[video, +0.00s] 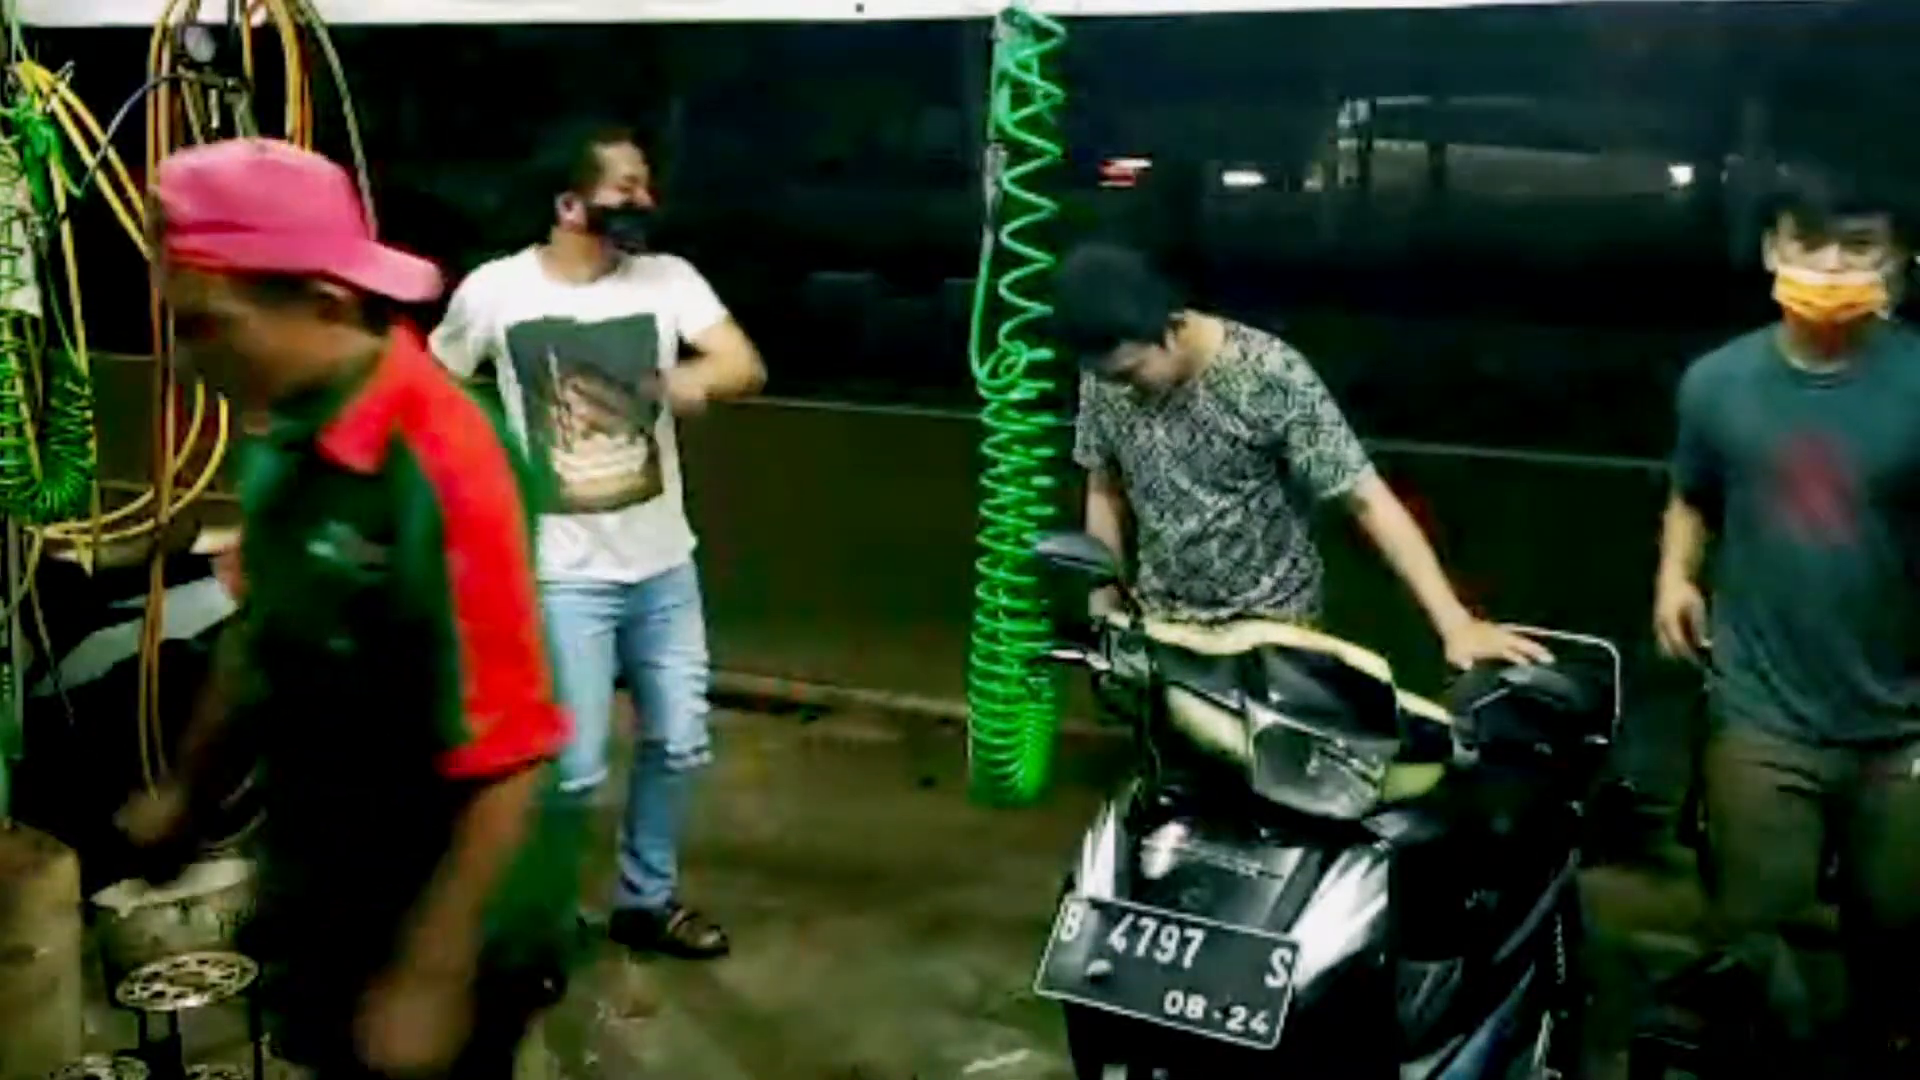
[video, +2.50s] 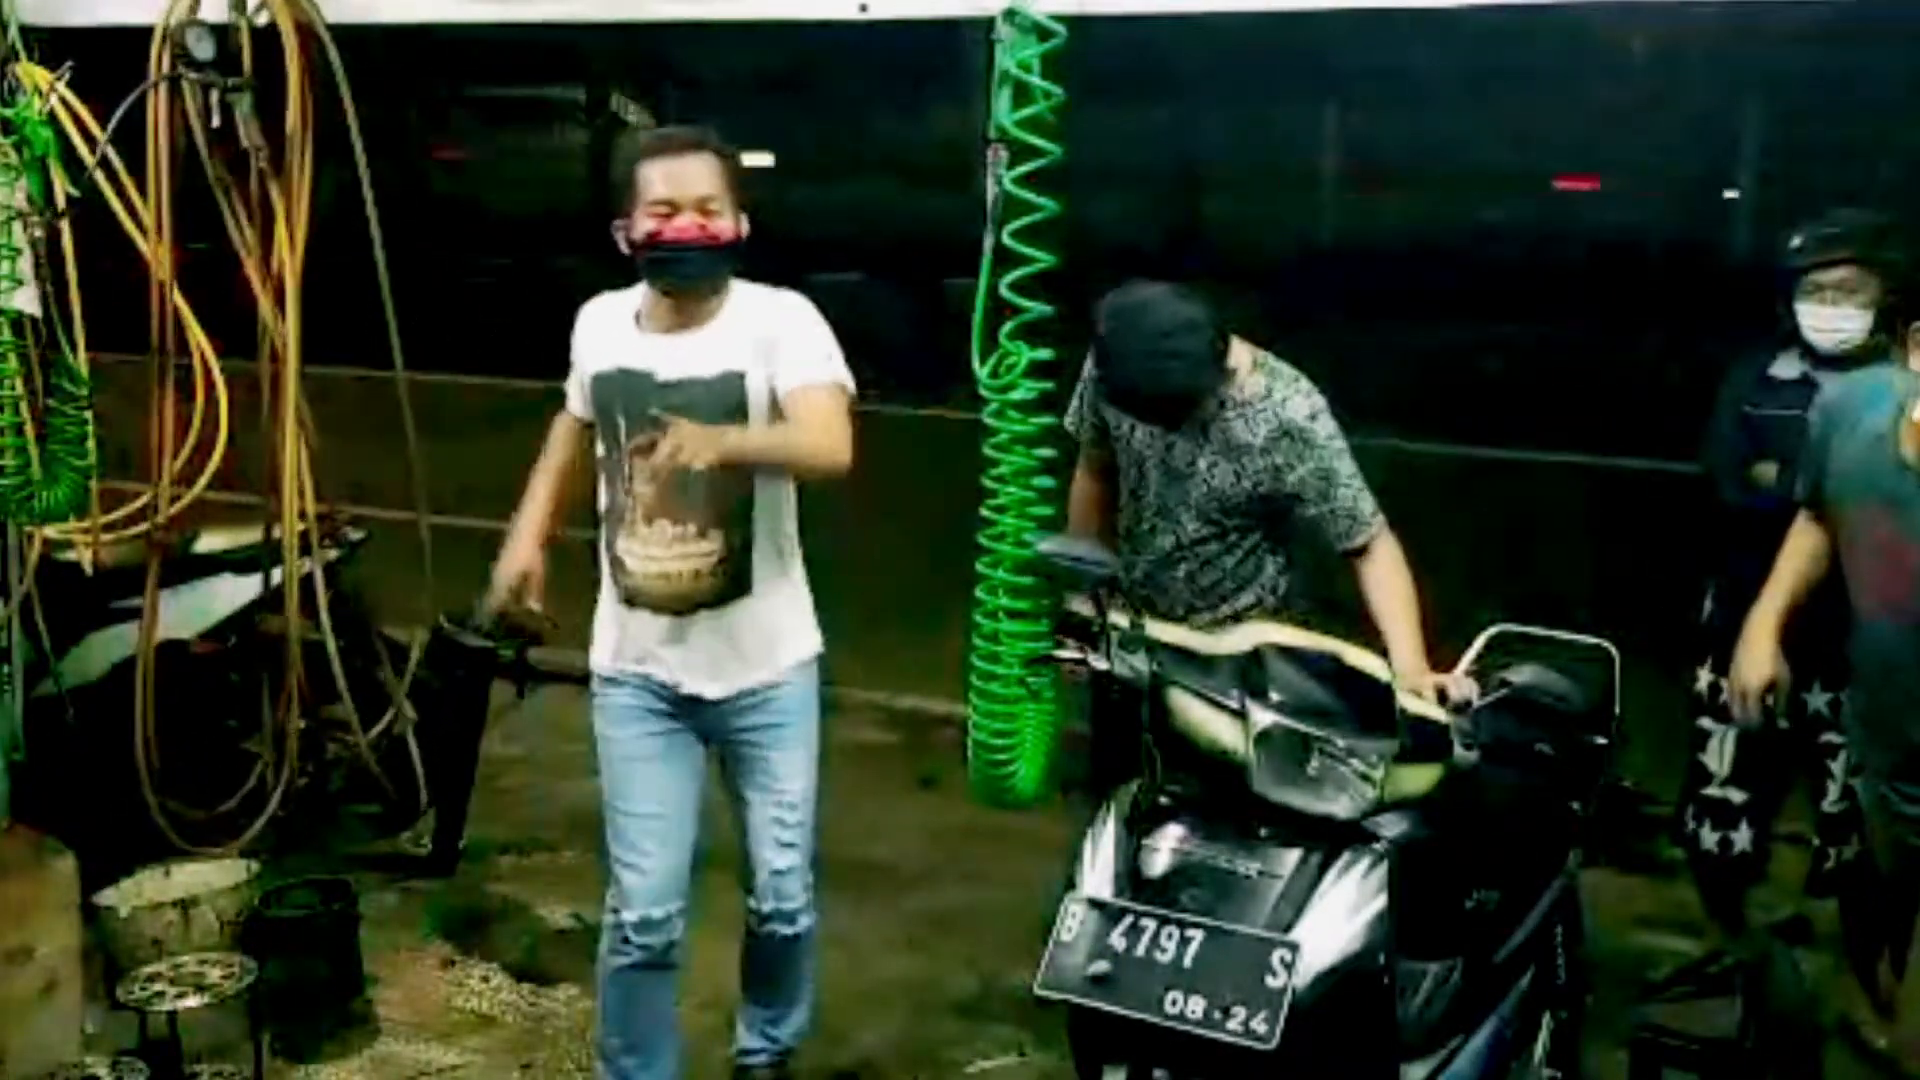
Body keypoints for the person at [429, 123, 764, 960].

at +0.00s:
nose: (641, 201)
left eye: (644, 186)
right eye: (623, 187)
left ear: (648, 198)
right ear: (570, 202)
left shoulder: (665, 281)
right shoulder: (495, 292)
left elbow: (741, 364)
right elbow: (427, 394)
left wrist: (683, 381)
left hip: (662, 562)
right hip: (562, 570)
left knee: (679, 744)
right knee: (576, 766)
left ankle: (647, 902)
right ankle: (546, 915)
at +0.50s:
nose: (622, 236)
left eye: (620, 221)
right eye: (607, 224)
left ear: (577, 245)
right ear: (553, 242)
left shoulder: (594, 308)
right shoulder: (477, 342)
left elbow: (612, 402)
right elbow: (448, 476)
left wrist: (668, 462)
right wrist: (541, 533)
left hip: (604, 584)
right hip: (509, 601)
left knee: (688, 731)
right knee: (552, 790)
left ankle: (662, 918)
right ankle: (530, 928)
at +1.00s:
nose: (666, 236)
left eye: (671, 217)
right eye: (643, 222)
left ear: (679, 220)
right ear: (590, 232)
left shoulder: (680, 319)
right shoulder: (534, 321)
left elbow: (706, 433)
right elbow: (487, 449)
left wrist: (757, 523)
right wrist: (563, 513)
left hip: (668, 585)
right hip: (567, 598)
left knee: (716, 766)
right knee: (612, 790)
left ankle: (668, 931)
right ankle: (548, 922)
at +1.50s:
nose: (579, 217)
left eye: (596, 198)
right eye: (560, 204)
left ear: (635, 208)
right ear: (540, 223)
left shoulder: (696, 316)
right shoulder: (517, 326)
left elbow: (739, 448)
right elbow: (499, 438)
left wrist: (652, 458)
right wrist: (498, 552)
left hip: (680, 611)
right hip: (561, 617)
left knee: (718, 820)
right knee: (570, 833)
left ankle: (695, 913)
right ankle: (632, 989)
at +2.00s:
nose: (661, 227)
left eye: (681, 207)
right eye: (640, 210)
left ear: (719, 213)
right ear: (614, 220)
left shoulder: (759, 308)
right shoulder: (569, 310)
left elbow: (830, 371)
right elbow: (440, 395)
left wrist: (888, 463)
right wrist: (490, 377)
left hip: (743, 631)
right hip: (619, 634)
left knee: (757, 856)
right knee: (614, 852)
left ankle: (764, 1049)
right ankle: (632, 1001)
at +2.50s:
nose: (687, 229)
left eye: (707, 211)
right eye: (665, 212)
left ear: (737, 221)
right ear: (630, 228)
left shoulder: (783, 321)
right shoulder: (602, 325)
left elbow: (830, 445)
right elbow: (573, 430)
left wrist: (721, 442)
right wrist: (528, 534)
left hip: (766, 659)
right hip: (637, 662)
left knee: (780, 894)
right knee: (644, 913)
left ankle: (765, 1054)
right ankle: (634, 1072)